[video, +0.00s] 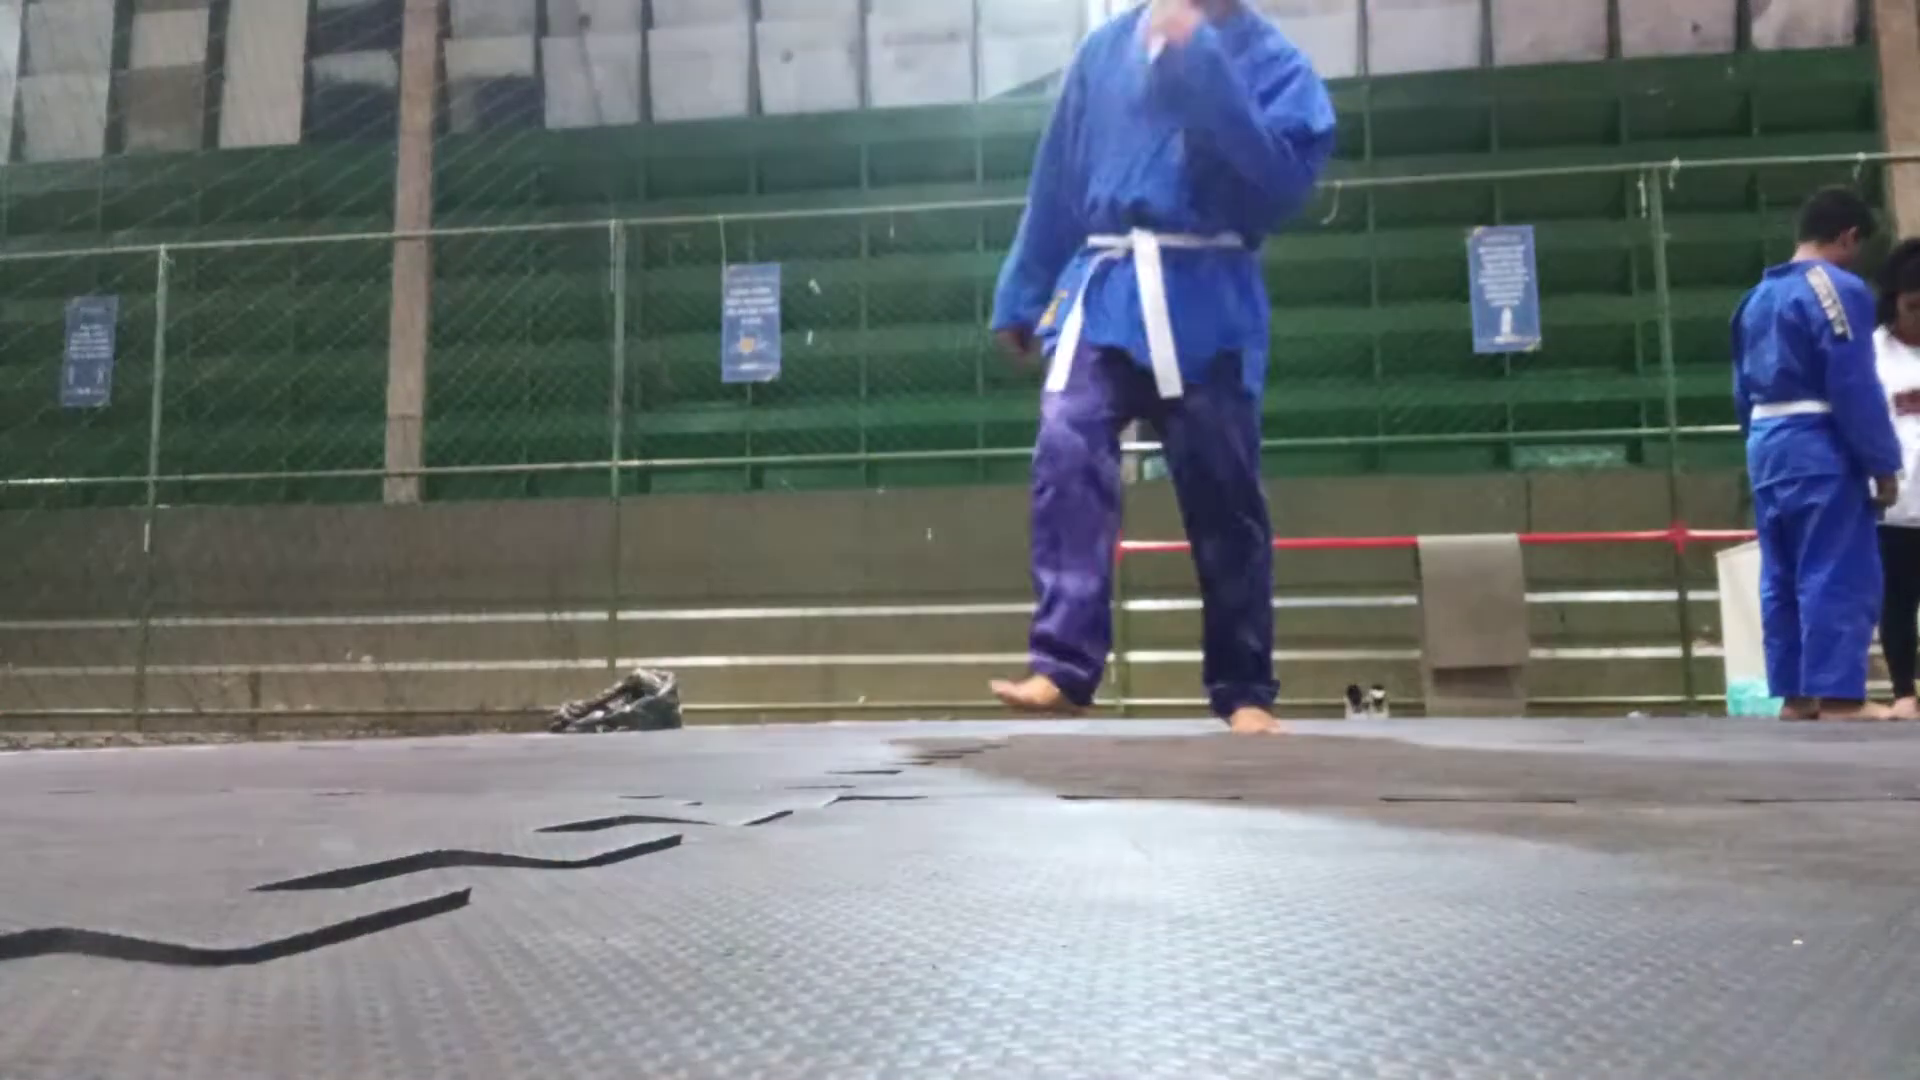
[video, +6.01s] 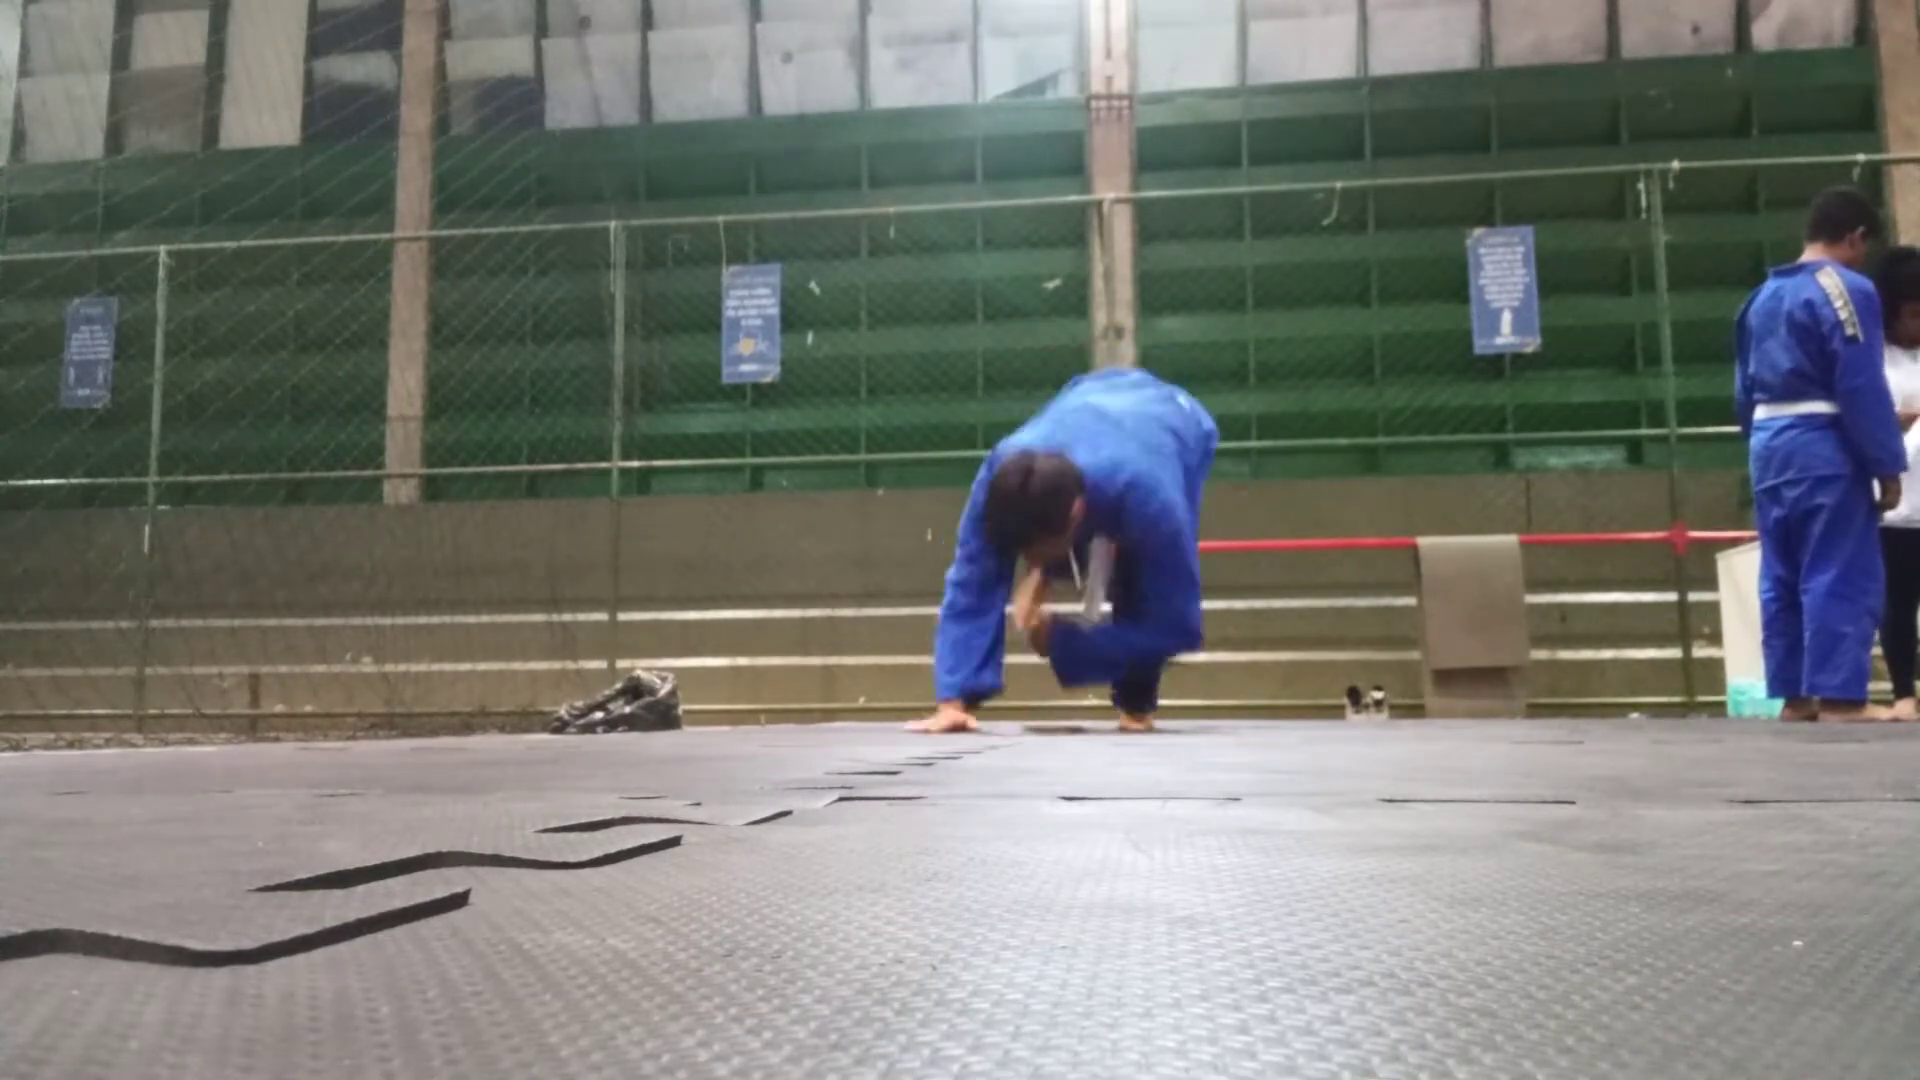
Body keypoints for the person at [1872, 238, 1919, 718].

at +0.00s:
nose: (1917, 315)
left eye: (1919, 305)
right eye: (1911, 305)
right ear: (1893, 305)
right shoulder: (1871, 350)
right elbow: (1854, 408)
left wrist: (1898, 401)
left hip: (1913, 499)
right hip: (1894, 500)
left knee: (1907, 604)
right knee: (1898, 604)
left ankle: (1908, 689)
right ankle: (1904, 690)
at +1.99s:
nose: (1914, 316)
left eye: (1917, 307)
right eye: (1907, 307)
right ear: (1889, 307)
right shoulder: (1872, 349)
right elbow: (1841, 397)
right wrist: (1866, 376)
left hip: (1912, 497)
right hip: (1894, 497)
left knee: (1906, 604)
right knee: (1898, 603)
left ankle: (1908, 688)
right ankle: (1904, 689)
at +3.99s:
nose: (1917, 314)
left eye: (1917, 303)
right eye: (1911, 303)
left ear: (1906, 307)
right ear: (1892, 304)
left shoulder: (1890, 356)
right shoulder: (1875, 353)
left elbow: (1869, 414)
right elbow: (1865, 412)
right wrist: (1880, 465)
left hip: (1911, 499)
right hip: (1896, 500)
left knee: (1906, 605)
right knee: (1899, 605)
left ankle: (1908, 690)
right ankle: (1903, 691)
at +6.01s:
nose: (1915, 321)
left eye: (1916, 311)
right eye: (1908, 311)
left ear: (1915, 313)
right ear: (1889, 311)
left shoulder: (1898, 362)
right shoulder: (1874, 360)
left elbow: (1873, 421)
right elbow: (1863, 422)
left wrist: (1897, 417)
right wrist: (1901, 415)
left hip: (1912, 506)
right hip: (1895, 505)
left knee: (1906, 608)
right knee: (1898, 608)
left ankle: (1908, 691)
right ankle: (1904, 691)